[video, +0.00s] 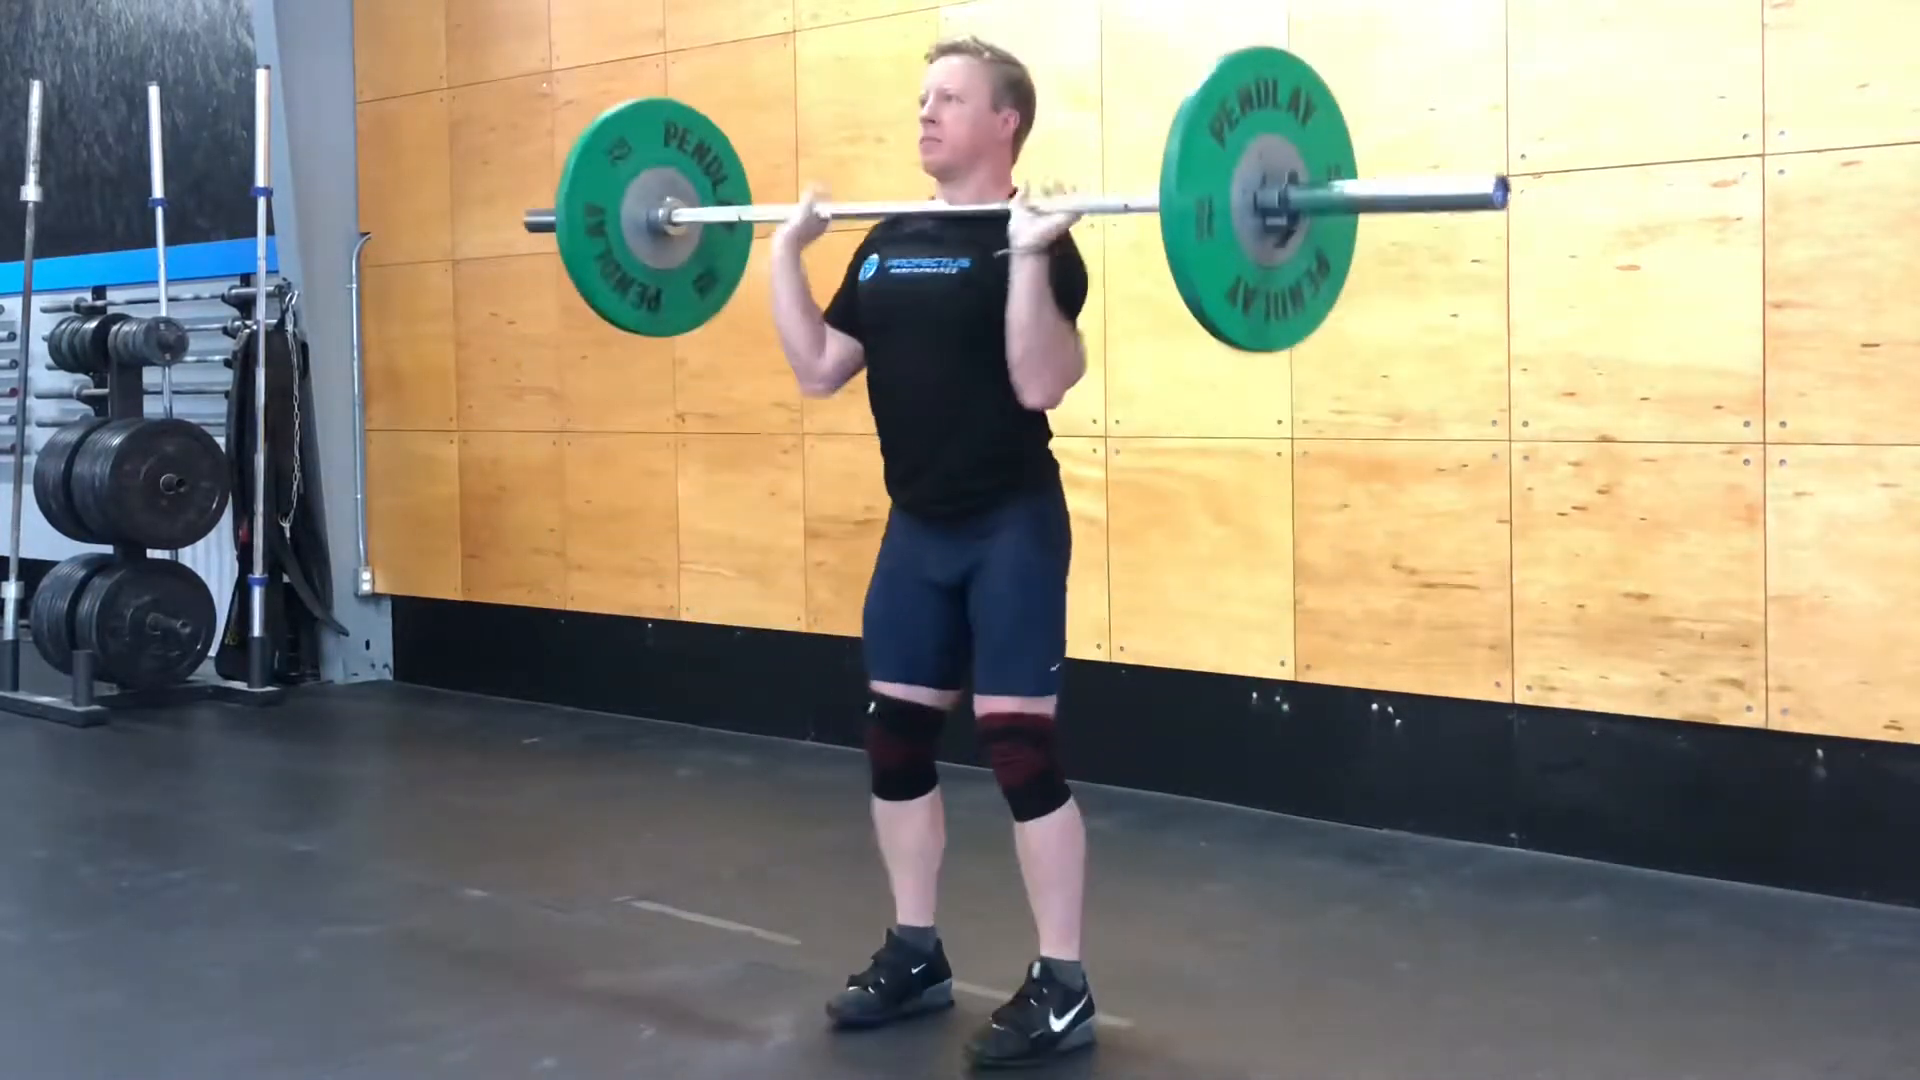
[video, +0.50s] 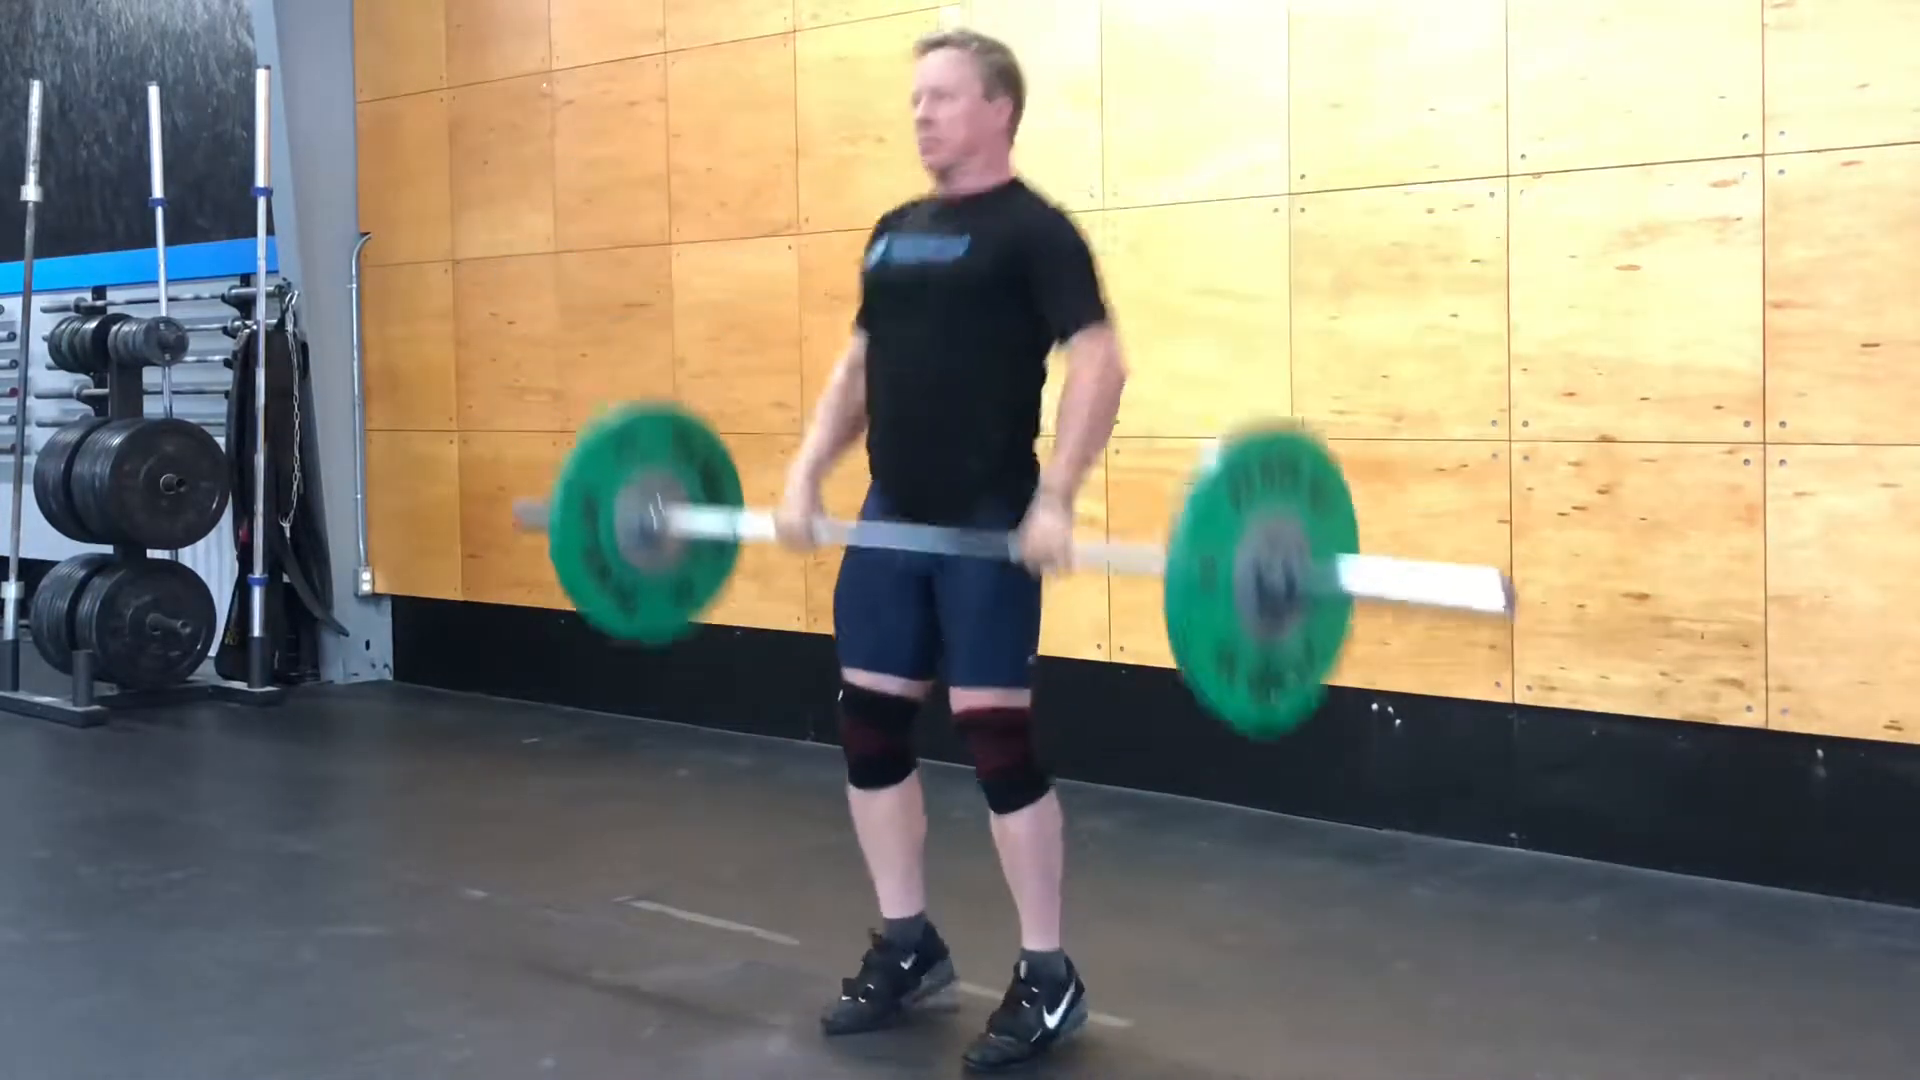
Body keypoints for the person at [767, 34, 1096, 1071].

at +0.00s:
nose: (926, 117)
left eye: (948, 103)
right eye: (925, 103)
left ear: (1006, 124)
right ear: (931, 122)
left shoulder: (1043, 246)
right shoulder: (889, 241)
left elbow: (1042, 384)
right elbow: (820, 367)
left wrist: (1027, 252)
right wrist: (784, 252)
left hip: (1016, 523)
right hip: (915, 524)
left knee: (1020, 751)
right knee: (897, 741)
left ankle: (1062, 986)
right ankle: (914, 956)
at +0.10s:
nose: (928, 117)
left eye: (951, 103)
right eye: (926, 103)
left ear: (1008, 125)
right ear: (931, 123)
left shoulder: (1041, 241)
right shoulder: (895, 243)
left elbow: (1062, 381)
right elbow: (820, 361)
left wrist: (1045, 255)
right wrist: (787, 245)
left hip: (1013, 527)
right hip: (913, 528)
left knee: (1022, 754)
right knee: (899, 744)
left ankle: (1061, 986)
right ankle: (913, 958)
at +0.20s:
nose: (919, 127)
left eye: (939, 112)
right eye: (918, 112)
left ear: (1000, 130)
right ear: (927, 133)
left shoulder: (1040, 240)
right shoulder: (900, 247)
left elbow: (1089, 391)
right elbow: (846, 376)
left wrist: (1052, 277)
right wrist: (795, 280)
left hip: (1009, 529)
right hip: (912, 531)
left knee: (1007, 754)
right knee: (884, 742)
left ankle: (1060, 988)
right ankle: (912, 959)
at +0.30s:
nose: (920, 127)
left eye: (939, 112)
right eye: (917, 113)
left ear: (1001, 127)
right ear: (925, 131)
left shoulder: (1058, 238)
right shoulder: (915, 243)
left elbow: (1138, 352)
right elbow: (886, 357)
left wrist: (1072, 298)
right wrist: (815, 307)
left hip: (998, 535)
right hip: (903, 530)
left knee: (1001, 755)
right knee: (880, 743)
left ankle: (1056, 985)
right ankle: (909, 957)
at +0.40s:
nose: (940, 105)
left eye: (958, 90)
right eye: (936, 91)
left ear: (1021, 101)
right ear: (940, 104)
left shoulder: (1061, 198)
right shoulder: (921, 196)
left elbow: (1145, 296)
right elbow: (868, 303)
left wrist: (1054, 365)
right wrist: (797, 357)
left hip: (990, 498)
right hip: (892, 495)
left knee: (996, 720)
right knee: (877, 711)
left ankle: (1043, 963)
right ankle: (895, 928)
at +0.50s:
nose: (921, 119)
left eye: (940, 103)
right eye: (916, 104)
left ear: (1001, 111)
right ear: (918, 116)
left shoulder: (1039, 231)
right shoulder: (896, 234)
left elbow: (1100, 364)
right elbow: (864, 363)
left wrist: (1057, 496)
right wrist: (806, 472)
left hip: (990, 533)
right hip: (888, 523)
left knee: (999, 747)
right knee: (870, 732)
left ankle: (1045, 977)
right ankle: (906, 945)